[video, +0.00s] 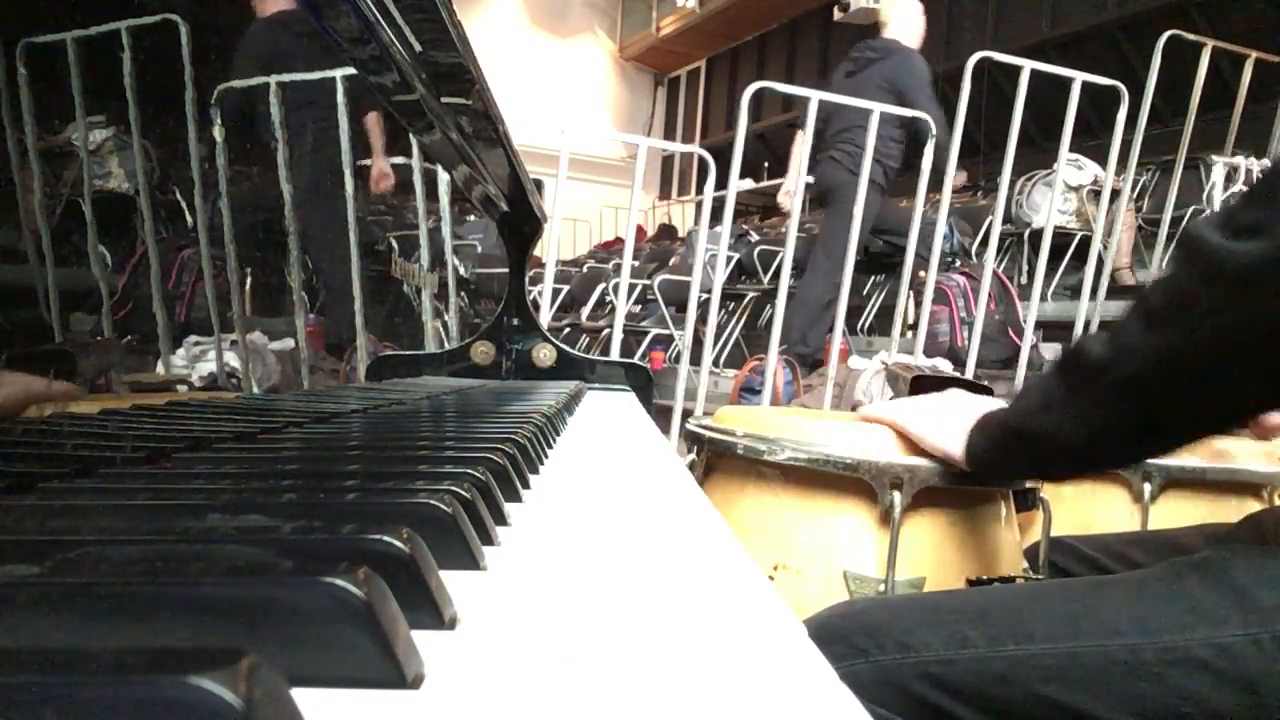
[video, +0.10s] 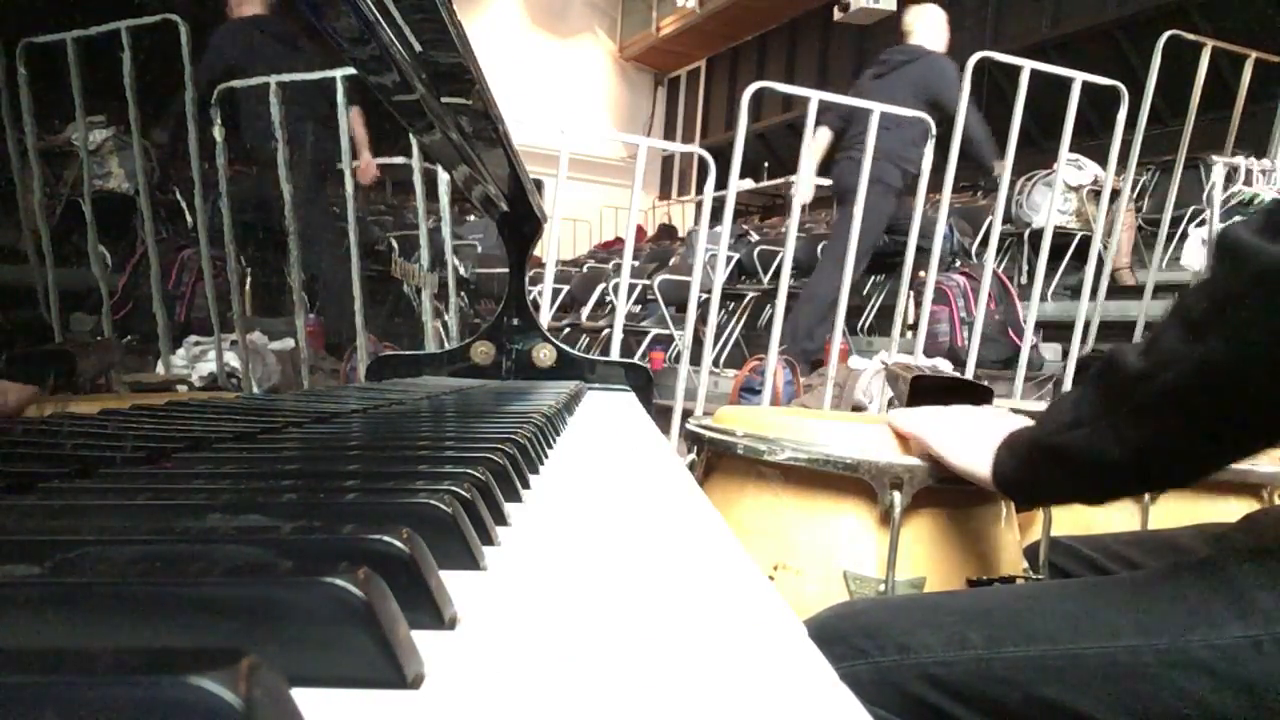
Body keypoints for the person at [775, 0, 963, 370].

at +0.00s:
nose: (924, 29)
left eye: (922, 21)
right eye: (921, 21)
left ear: (884, 23)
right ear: (908, 22)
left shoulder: (849, 64)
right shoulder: (907, 61)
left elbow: (808, 127)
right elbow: (932, 124)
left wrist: (793, 179)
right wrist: (949, 172)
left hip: (826, 172)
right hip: (857, 176)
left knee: (927, 231)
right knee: (827, 266)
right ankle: (795, 358)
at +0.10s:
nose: (947, 35)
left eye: (945, 28)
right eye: (944, 28)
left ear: (907, 32)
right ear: (937, 31)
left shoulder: (877, 69)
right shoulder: (937, 66)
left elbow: (830, 119)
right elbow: (967, 119)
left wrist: (806, 174)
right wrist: (995, 165)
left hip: (847, 170)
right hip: (879, 174)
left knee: (939, 237)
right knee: (841, 261)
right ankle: (795, 354)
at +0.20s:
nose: (968, 32)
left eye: (964, 25)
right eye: (965, 26)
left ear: (926, 30)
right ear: (960, 29)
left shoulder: (896, 69)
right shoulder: (965, 59)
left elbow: (853, 114)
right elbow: (1002, 114)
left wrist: (827, 169)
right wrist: (1034, 161)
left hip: (868, 168)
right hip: (901, 172)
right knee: (860, 265)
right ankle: (796, 353)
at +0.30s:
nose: (979, 23)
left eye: (974, 16)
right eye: (977, 17)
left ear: (939, 24)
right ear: (973, 20)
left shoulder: (914, 59)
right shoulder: (977, 53)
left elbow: (874, 108)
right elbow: (1020, 103)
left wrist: (852, 165)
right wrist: (1055, 154)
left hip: (883, 158)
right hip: (922, 162)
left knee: (954, 238)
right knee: (903, 250)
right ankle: (831, 319)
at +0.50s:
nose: (993, 4)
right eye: (993, 2)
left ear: (954, 4)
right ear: (991, 3)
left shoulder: (923, 43)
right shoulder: (1000, 27)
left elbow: (903, 110)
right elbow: (1026, 96)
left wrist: (896, 164)